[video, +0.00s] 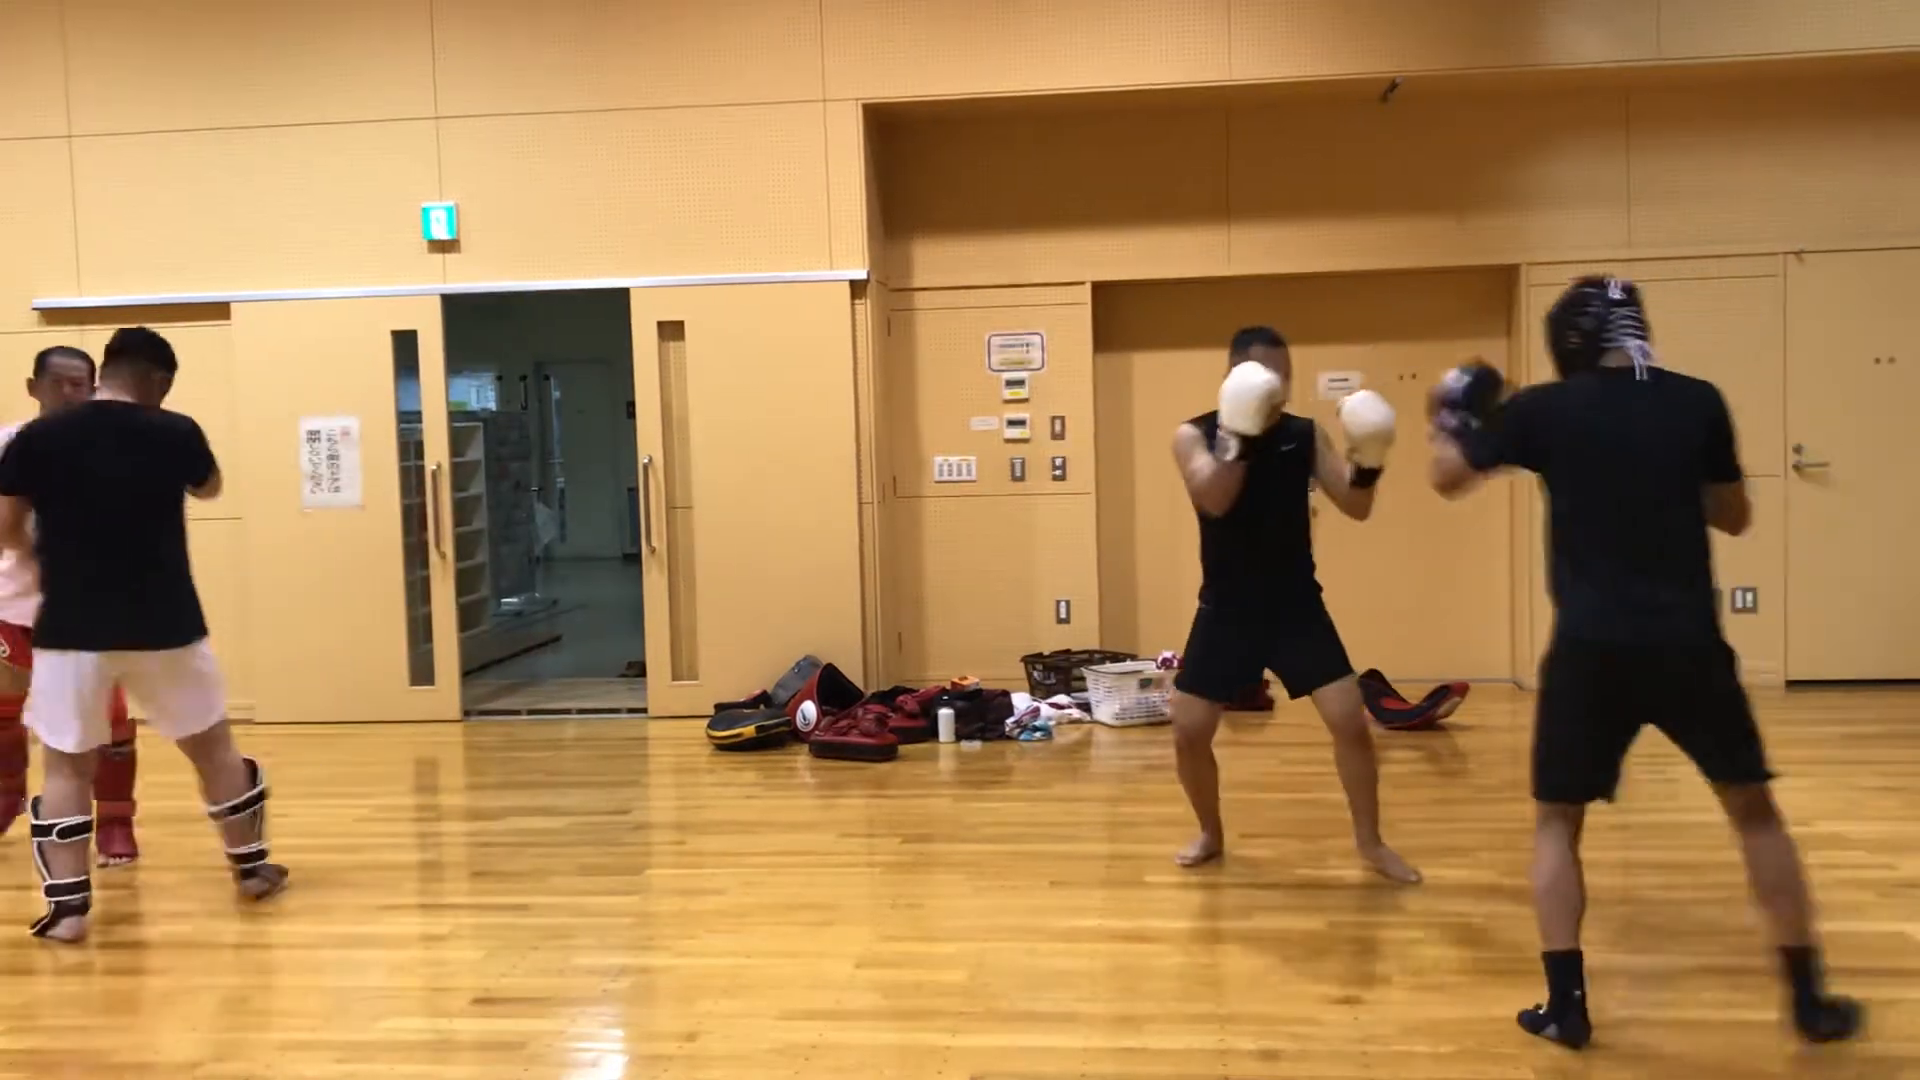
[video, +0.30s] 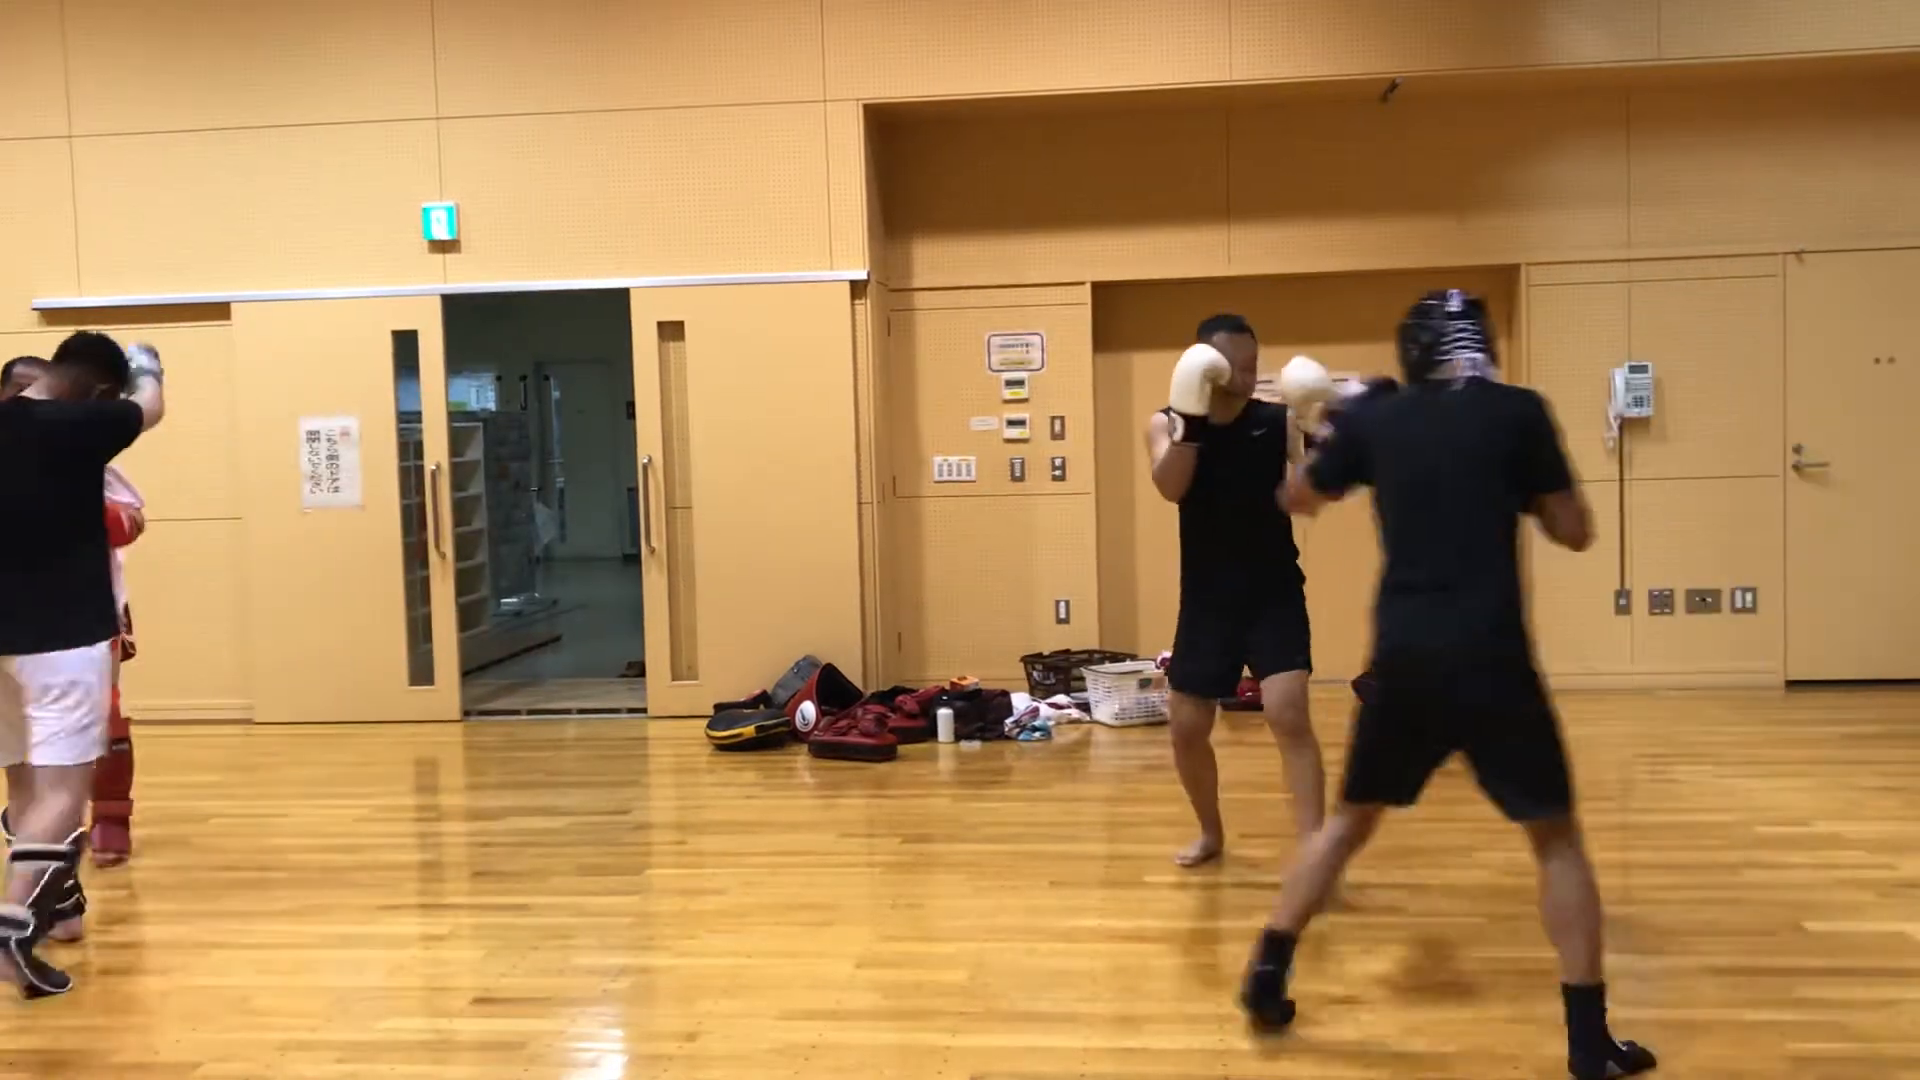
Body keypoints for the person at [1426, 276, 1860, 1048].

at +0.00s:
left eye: (1557, 346)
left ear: (1567, 347)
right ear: (1638, 338)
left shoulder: (1546, 409)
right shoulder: (1696, 401)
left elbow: (1449, 477)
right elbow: (1733, 513)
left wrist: (1446, 414)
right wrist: (1664, 476)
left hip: (1589, 654)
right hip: (1689, 651)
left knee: (1557, 821)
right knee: (1754, 810)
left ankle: (1565, 1008)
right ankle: (1808, 998)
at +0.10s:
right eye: (1586, 312)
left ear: (1520, 333)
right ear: (1592, 325)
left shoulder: (1499, 391)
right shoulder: (1653, 385)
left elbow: (1410, 443)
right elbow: (1679, 501)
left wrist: (1394, 389)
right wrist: (1616, 454)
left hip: (1542, 634)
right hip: (1640, 634)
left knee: (1519, 807)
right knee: (1673, 808)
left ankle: (1552, 995)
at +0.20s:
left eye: (1471, 339)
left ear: (1480, 341)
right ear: (1551, 332)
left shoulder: (1461, 405)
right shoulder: (1608, 400)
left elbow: (1374, 493)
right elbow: (1642, 514)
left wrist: (1385, 417)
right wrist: (1592, 457)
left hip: (1487, 644)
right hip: (1583, 648)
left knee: (1451, 802)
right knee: (1604, 835)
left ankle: (1435, 987)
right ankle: (1596, 1034)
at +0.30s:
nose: (1481, 351)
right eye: (1480, 340)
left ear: (1410, 356)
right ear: (1484, 348)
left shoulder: (1378, 418)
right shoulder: (1519, 412)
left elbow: (1298, 498)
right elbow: (1574, 529)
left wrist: (1318, 438)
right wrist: (1517, 473)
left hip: (1404, 663)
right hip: (1493, 663)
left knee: (1348, 822)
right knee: (1556, 839)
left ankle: (1267, 971)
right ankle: (1590, 1043)